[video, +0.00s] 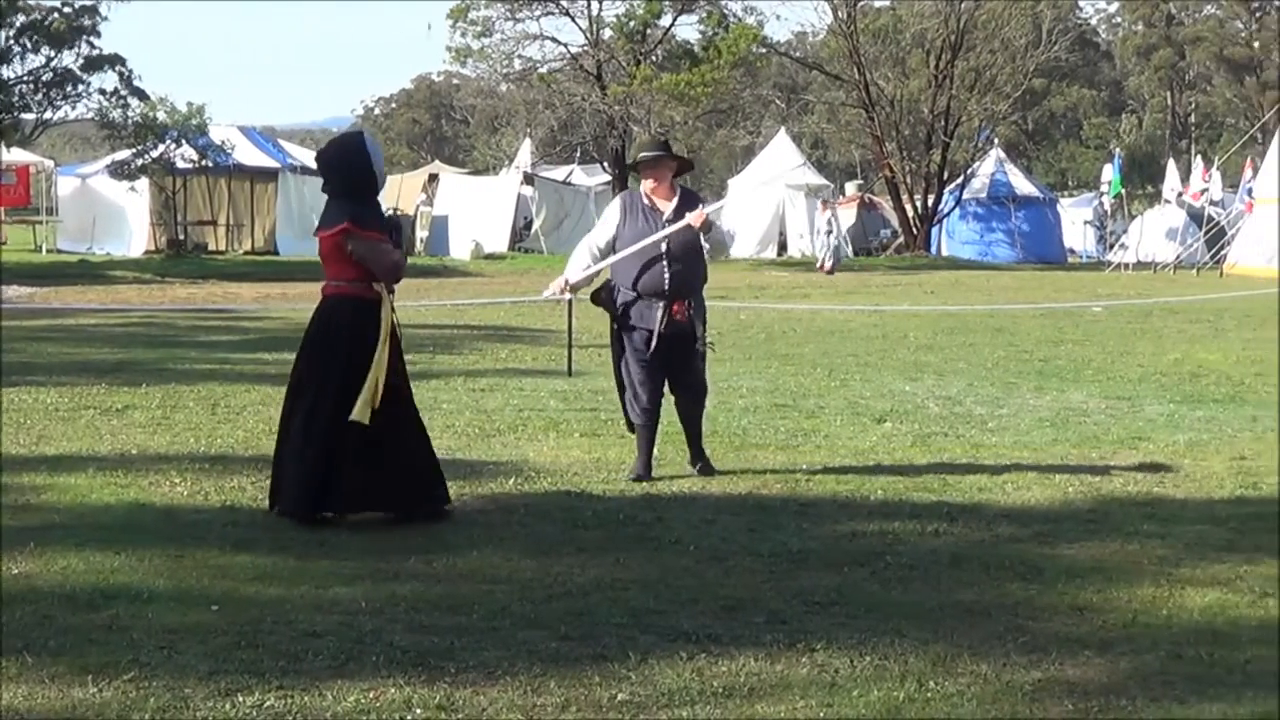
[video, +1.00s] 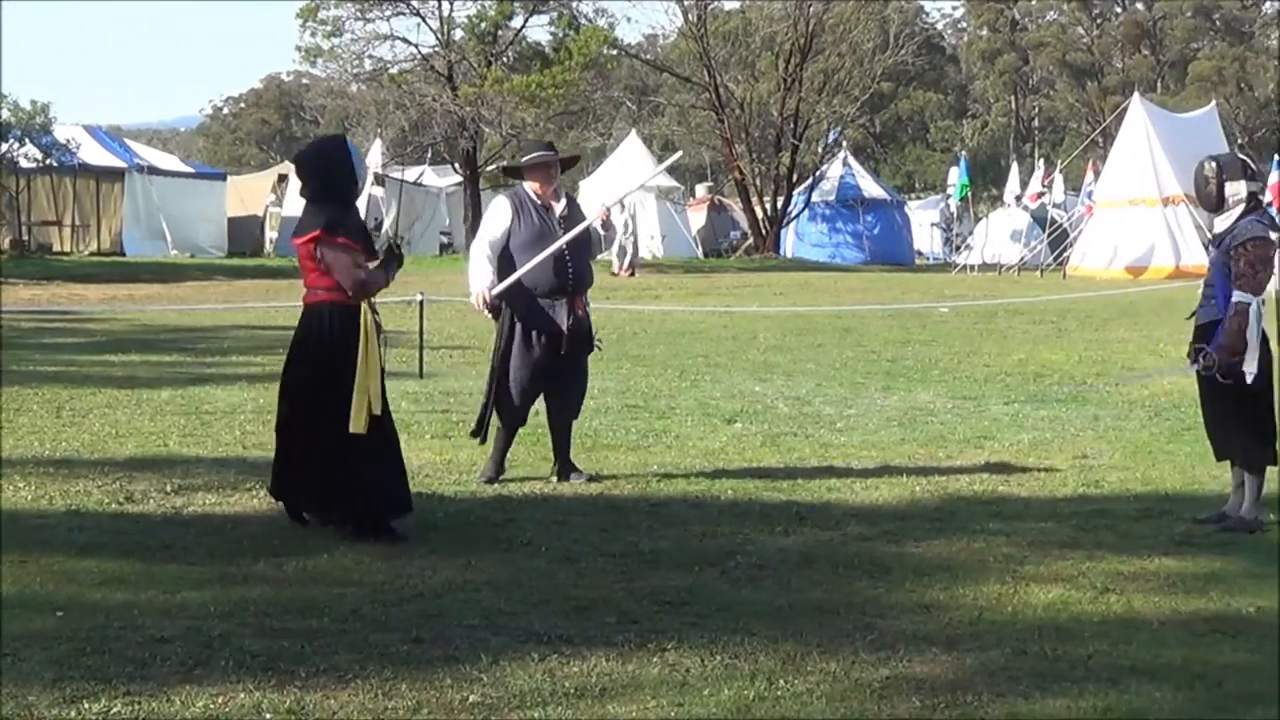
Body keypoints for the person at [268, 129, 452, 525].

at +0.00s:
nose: (381, 170)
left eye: (378, 162)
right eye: (376, 163)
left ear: (336, 173)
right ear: (361, 171)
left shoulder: (340, 214)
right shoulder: (350, 219)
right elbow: (391, 269)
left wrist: (387, 239)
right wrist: (399, 241)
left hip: (344, 312)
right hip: (353, 317)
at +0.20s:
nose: (378, 169)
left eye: (375, 162)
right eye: (372, 163)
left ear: (329, 173)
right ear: (359, 170)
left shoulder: (329, 214)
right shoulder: (355, 216)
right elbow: (393, 264)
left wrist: (381, 227)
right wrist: (391, 229)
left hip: (333, 313)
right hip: (362, 316)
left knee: (324, 402)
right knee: (382, 406)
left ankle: (301, 494)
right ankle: (388, 502)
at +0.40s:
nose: (371, 172)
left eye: (369, 165)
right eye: (366, 165)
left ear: (324, 171)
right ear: (354, 171)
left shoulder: (325, 211)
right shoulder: (342, 214)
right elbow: (377, 270)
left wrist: (371, 235)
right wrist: (377, 236)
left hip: (325, 313)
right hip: (345, 317)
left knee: (328, 404)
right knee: (355, 407)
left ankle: (327, 498)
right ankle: (355, 503)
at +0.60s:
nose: (366, 175)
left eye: (364, 168)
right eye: (360, 168)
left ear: (320, 173)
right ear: (346, 173)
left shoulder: (321, 213)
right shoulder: (333, 219)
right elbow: (369, 272)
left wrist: (364, 246)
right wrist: (375, 243)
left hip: (323, 315)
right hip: (336, 320)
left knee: (327, 409)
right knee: (361, 410)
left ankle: (325, 499)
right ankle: (409, 501)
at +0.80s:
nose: (364, 182)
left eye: (364, 174)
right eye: (359, 174)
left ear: (316, 178)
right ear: (344, 178)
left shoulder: (312, 218)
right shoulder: (334, 220)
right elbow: (368, 277)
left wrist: (366, 243)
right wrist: (376, 247)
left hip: (319, 320)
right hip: (341, 325)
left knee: (322, 414)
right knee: (365, 415)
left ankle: (313, 501)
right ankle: (396, 508)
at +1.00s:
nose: (358, 174)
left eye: (354, 167)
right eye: (353, 167)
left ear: (312, 178)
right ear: (340, 175)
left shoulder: (322, 218)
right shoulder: (328, 222)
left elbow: (347, 273)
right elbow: (356, 283)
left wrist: (377, 263)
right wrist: (387, 270)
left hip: (324, 317)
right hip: (338, 321)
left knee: (320, 410)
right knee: (350, 413)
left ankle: (305, 494)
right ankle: (364, 512)